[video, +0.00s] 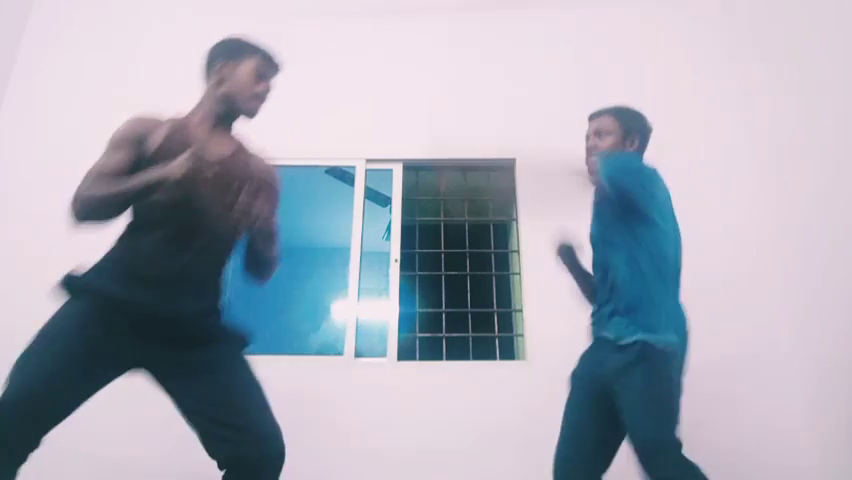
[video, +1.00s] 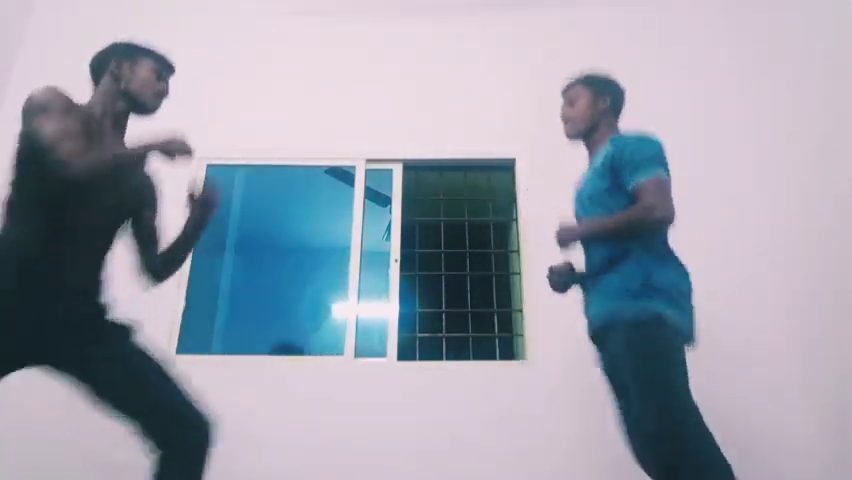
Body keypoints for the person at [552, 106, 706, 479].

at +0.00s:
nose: (591, 145)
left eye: (602, 135)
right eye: (588, 137)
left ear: (633, 142)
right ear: (585, 143)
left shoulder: (643, 181)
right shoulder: (610, 206)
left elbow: (612, 171)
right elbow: (604, 298)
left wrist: (602, 170)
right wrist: (571, 262)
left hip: (649, 350)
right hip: (606, 350)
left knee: (661, 461)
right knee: (572, 470)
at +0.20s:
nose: (575, 125)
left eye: (586, 116)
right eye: (574, 117)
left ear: (619, 124)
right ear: (574, 125)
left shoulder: (656, 188)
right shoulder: (560, 170)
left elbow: (654, 266)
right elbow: (483, 140)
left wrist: (602, 243)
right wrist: (422, 95)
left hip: (638, 332)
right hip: (579, 341)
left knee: (667, 436)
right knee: (595, 464)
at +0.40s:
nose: (534, 139)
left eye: (544, 129)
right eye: (535, 130)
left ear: (575, 138)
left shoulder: (594, 192)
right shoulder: (541, 214)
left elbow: (562, 239)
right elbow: (541, 296)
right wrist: (548, 337)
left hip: (616, 351)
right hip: (560, 352)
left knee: (650, 463)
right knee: (497, 456)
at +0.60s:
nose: (537, 191)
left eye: (548, 183)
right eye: (537, 184)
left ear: (582, 193)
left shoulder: (623, 263)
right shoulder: (526, 267)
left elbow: (623, 341)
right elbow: (515, 346)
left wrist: (537, 320)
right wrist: (537, 392)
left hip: (617, 410)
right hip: (545, 408)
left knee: (667, 474)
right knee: (474, 474)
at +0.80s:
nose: (546, 105)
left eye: (555, 95)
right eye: (546, 97)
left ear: (588, 101)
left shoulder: (627, 151)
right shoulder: (552, 178)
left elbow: (640, 219)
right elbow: (555, 249)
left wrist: (559, 224)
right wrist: (558, 279)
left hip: (632, 309)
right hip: (573, 316)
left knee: (676, 421)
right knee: (553, 422)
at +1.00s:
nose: (563, 111)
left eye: (572, 101)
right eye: (563, 104)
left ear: (604, 105)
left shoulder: (634, 146)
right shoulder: (592, 178)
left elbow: (659, 208)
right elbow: (621, 256)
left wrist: (584, 230)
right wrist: (577, 273)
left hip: (645, 310)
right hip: (612, 319)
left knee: (670, 429)